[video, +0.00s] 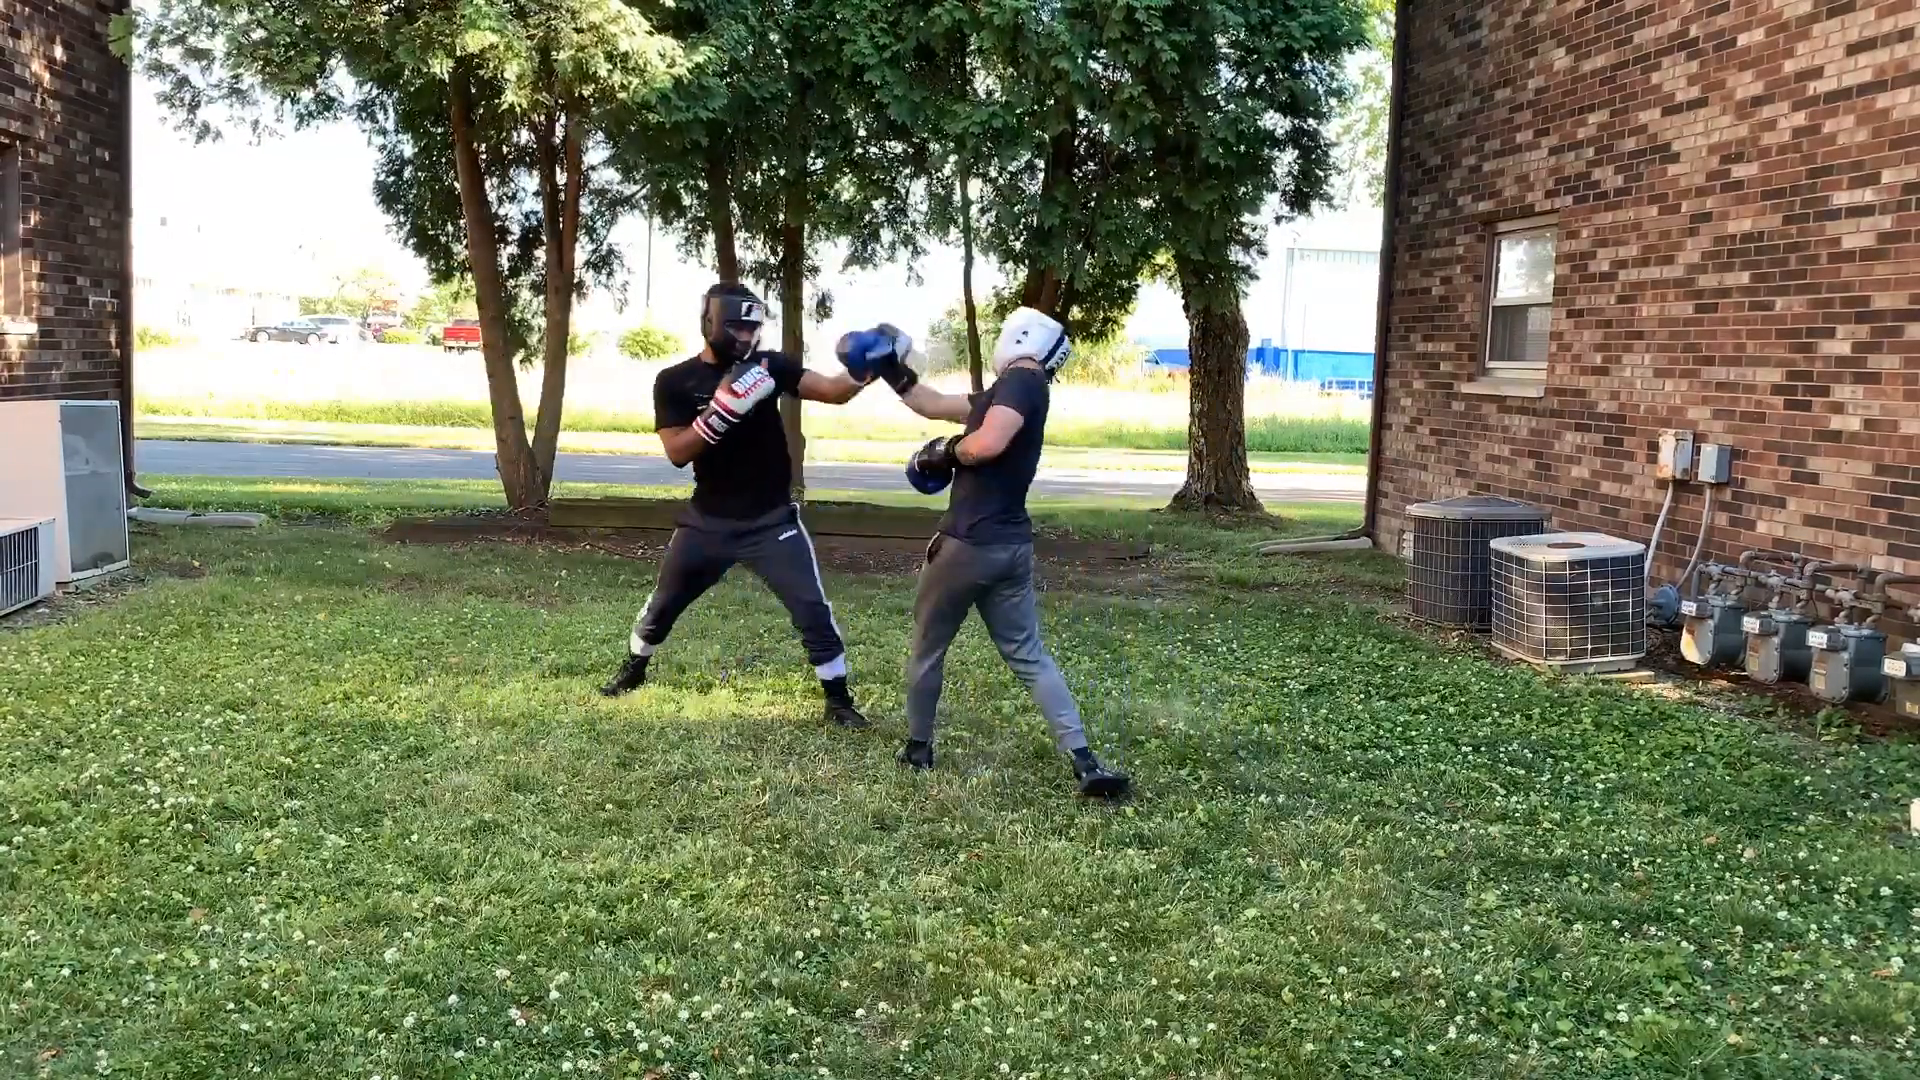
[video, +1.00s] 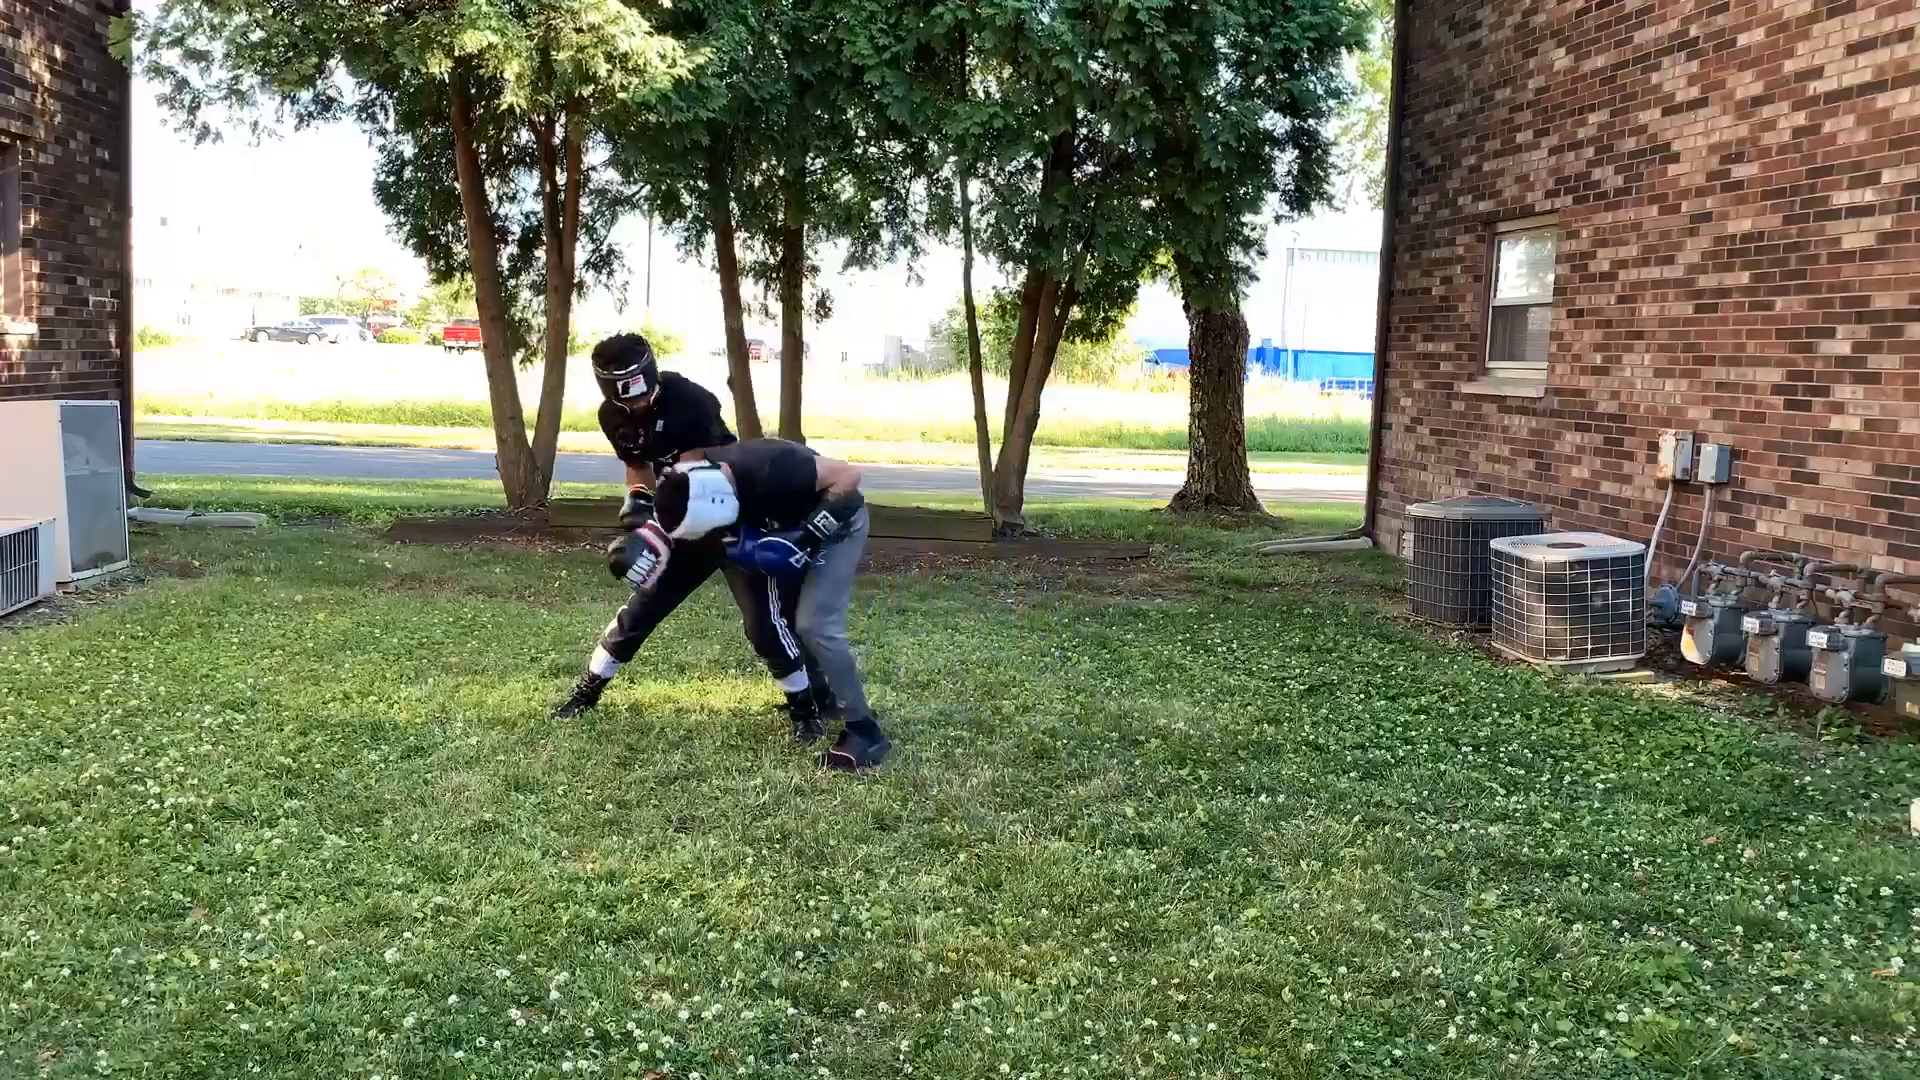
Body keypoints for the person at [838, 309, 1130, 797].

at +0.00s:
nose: (997, 344)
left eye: (1004, 337)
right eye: (1002, 338)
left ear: (1017, 341)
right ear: (1044, 354)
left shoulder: (1019, 382)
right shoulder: (1019, 391)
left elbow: (988, 443)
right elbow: (931, 403)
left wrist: (945, 452)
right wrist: (889, 365)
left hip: (969, 545)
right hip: (1011, 545)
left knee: (927, 647)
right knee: (1028, 654)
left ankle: (918, 749)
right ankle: (1085, 761)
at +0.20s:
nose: (918, 370)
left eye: (919, 360)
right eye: (916, 361)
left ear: (935, 356)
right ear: (971, 347)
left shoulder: (940, 403)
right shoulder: (1025, 391)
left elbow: (912, 488)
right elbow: (1027, 462)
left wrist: (916, 501)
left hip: (968, 544)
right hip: (1029, 545)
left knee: (909, 636)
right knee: (1054, 657)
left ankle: (902, 752)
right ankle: (1097, 760)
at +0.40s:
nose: (848, 394)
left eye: (848, 386)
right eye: (845, 386)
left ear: (868, 386)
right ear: (893, 374)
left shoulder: (901, 432)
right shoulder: (940, 393)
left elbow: (925, 507)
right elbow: (986, 401)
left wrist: (865, 486)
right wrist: (942, 415)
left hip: (957, 556)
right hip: (998, 548)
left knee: (880, 632)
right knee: (1016, 652)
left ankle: (870, 747)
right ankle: (1086, 750)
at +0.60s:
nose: (791, 413)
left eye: (797, 405)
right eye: (791, 405)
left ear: (825, 399)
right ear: (810, 398)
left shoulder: (883, 426)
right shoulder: (810, 416)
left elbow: (905, 502)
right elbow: (755, 451)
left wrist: (843, 478)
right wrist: (696, 488)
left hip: (933, 528)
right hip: (940, 521)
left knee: (897, 630)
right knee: (992, 614)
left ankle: (875, 746)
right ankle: (1079, 695)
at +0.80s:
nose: (774, 535)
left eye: (768, 530)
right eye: (767, 535)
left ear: (767, 508)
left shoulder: (825, 466)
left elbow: (900, 456)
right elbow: (808, 536)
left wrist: (862, 515)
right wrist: (826, 567)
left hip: (895, 519)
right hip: (853, 530)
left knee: (873, 625)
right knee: (870, 617)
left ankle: (874, 741)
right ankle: (941, 677)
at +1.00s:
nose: (707, 535)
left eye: (705, 529)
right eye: (700, 532)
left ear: (716, 504)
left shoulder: (770, 470)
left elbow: (849, 476)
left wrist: (806, 538)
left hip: (836, 515)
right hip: (779, 522)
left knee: (814, 624)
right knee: (785, 621)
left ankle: (864, 731)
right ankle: (820, 695)